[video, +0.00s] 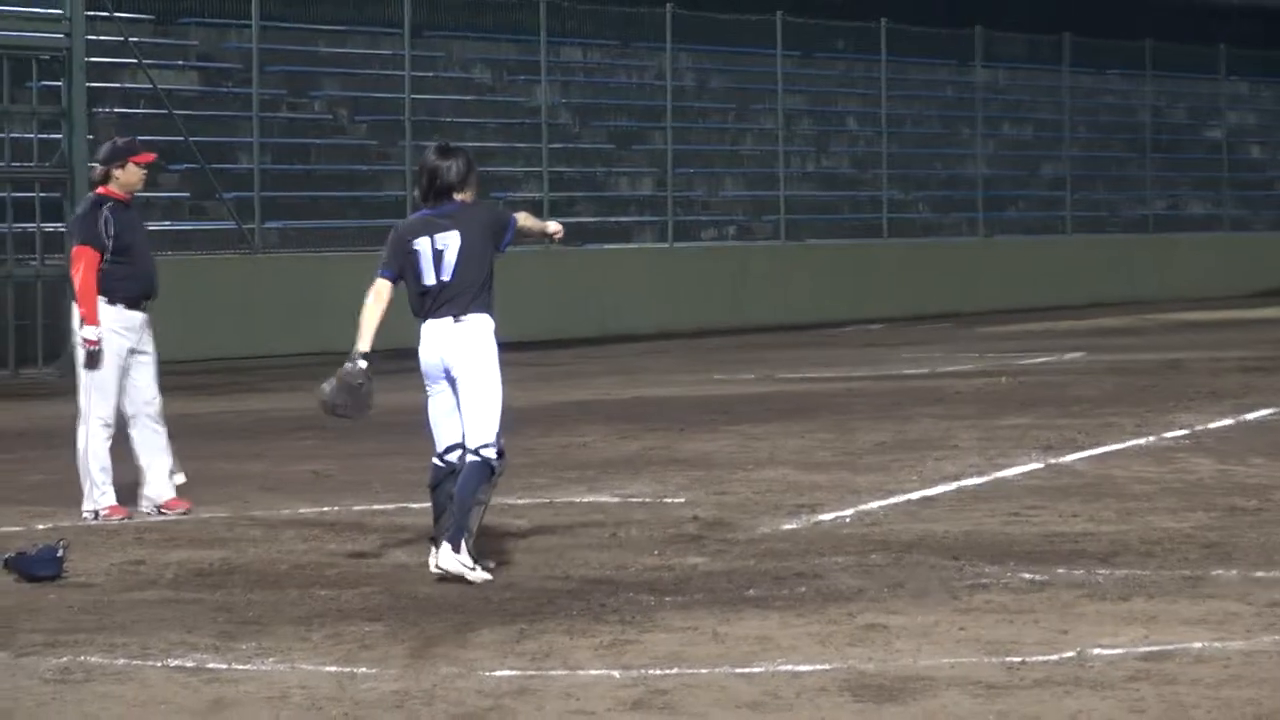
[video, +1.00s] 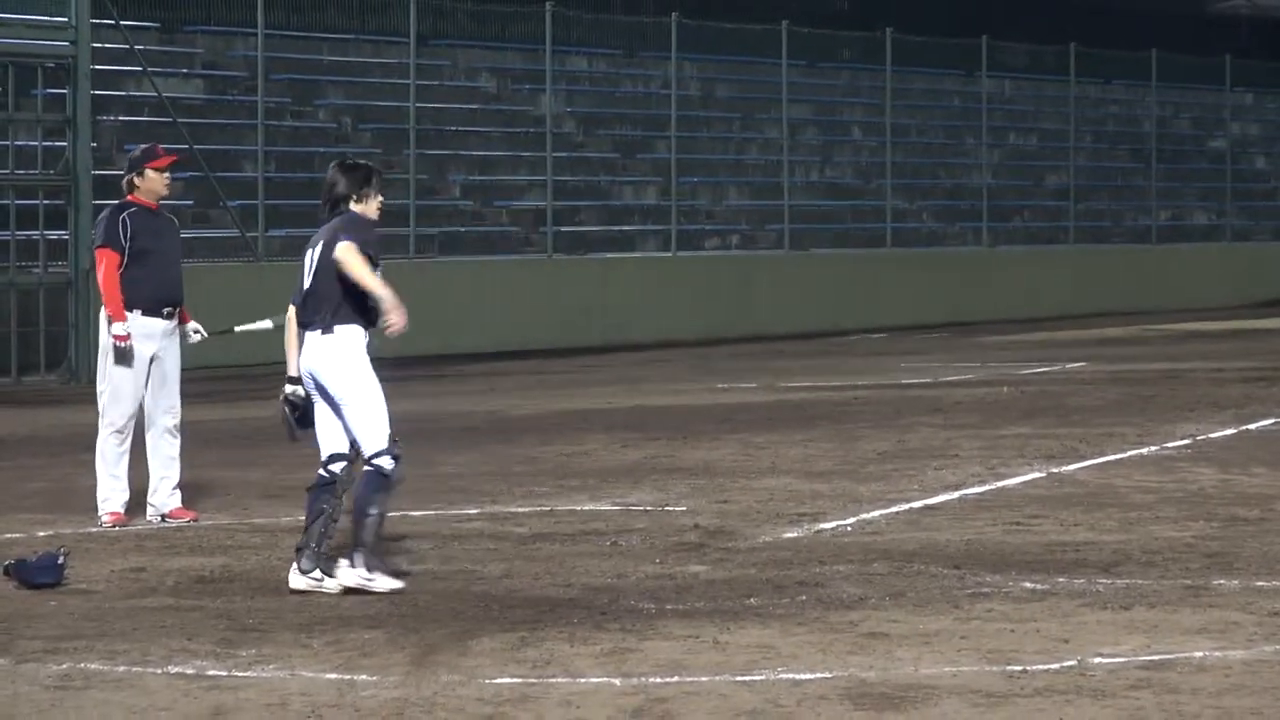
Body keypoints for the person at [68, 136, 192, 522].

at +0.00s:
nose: (145, 173)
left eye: (145, 168)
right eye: (139, 168)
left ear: (126, 171)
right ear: (117, 170)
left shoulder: (128, 210)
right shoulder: (95, 212)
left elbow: (127, 266)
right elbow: (83, 272)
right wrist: (90, 330)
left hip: (137, 318)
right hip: (104, 317)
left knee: (146, 409)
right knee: (98, 416)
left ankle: (159, 493)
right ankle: (98, 501)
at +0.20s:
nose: (155, 172)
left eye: (154, 167)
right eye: (149, 166)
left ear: (135, 171)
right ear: (127, 171)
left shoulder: (148, 211)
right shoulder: (104, 210)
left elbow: (146, 262)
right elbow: (87, 266)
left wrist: (153, 312)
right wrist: (91, 320)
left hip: (151, 320)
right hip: (116, 318)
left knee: (155, 412)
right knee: (102, 414)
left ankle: (158, 495)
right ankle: (94, 500)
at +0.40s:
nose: (172, 177)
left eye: (171, 172)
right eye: (165, 172)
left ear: (157, 177)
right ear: (142, 176)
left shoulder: (167, 219)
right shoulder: (117, 215)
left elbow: (167, 270)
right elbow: (107, 270)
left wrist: (180, 315)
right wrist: (121, 327)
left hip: (166, 327)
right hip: (128, 324)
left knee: (163, 418)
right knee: (115, 420)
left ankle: (160, 501)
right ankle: (103, 506)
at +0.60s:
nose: (174, 177)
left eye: (173, 171)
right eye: (167, 171)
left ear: (154, 179)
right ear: (144, 178)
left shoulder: (171, 222)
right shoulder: (121, 217)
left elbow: (175, 273)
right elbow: (115, 273)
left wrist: (191, 319)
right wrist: (145, 322)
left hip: (172, 329)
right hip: (133, 327)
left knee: (166, 420)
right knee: (123, 421)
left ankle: (163, 503)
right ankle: (111, 508)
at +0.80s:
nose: (172, 177)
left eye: (171, 171)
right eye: (165, 172)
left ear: (153, 179)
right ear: (142, 179)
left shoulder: (169, 221)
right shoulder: (120, 218)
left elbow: (171, 273)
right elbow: (117, 273)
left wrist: (186, 319)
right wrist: (141, 324)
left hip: (170, 328)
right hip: (132, 327)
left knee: (166, 420)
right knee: (120, 421)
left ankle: (164, 503)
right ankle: (112, 507)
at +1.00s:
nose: (168, 177)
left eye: (168, 171)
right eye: (161, 172)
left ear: (156, 178)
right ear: (138, 177)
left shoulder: (168, 222)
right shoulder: (117, 217)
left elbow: (168, 276)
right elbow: (107, 271)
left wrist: (185, 318)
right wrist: (118, 323)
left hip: (167, 329)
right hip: (129, 328)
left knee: (166, 418)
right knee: (118, 420)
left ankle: (165, 501)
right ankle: (112, 506)